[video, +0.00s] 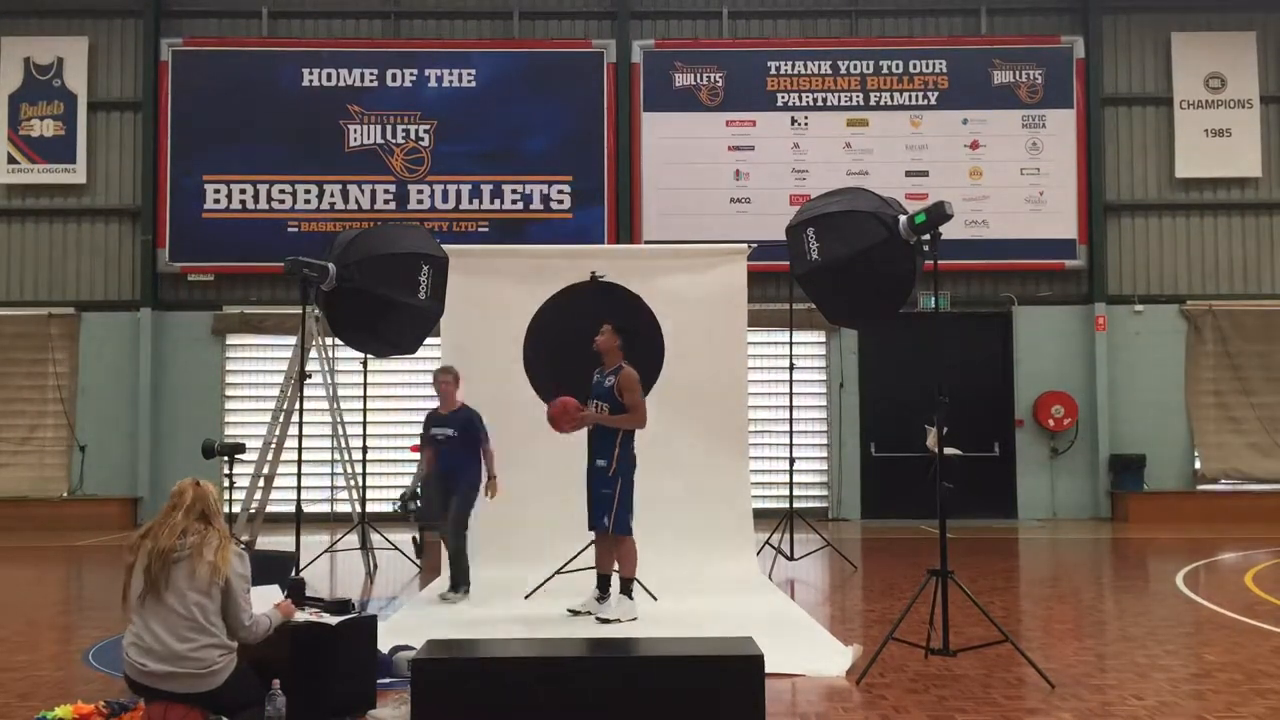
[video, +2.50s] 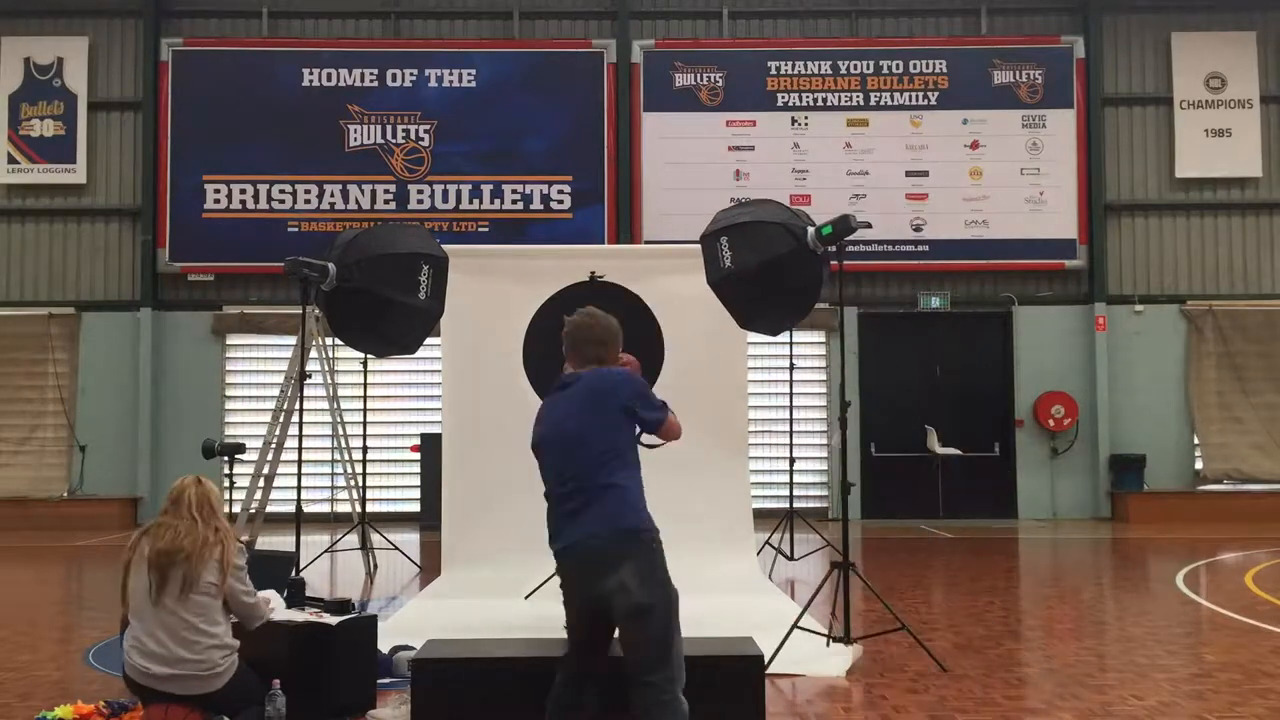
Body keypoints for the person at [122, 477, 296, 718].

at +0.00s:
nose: (222, 513)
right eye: (219, 507)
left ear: (172, 508)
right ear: (214, 511)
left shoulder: (147, 545)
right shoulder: (229, 554)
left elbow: (135, 609)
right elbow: (246, 631)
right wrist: (279, 614)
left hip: (141, 677)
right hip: (205, 682)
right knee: (253, 703)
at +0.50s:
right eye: (217, 504)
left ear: (173, 508)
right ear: (215, 509)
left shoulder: (142, 542)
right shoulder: (226, 549)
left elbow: (132, 605)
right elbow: (254, 621)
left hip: (140, 678)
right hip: (205, 681)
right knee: (254, 702)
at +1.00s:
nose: (224, 513)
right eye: (222, 507)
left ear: (175, 504)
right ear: (216, 510)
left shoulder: (142, 540)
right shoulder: (223, 548)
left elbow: (133, 603)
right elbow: (251, 618)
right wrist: (263, 612)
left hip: (139, 678)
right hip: (203, 681)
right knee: (254, 700)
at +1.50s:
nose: (223, 517)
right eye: (221, 511)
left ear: (173, 508)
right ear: (214, 512)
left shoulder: (142, 540)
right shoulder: (224, 546)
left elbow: (132, 604)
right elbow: (253, 618)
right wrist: (261, 613)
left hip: (140, 679)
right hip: (204, 681)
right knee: (255, 702)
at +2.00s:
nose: (222, 513)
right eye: (219, 506)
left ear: (171, 505)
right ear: (212, 508)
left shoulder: (144, 542)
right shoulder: (222, 547)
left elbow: (134, 606)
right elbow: (252, 616)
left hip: (141, 678)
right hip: (205, 680)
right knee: (255, 703)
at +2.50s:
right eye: (219, 506)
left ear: (170, 504)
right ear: (213, 509)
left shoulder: (142, 540)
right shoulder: (225, 545)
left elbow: (131, 609)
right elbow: (252, 616)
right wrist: (264, 602)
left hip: (142, 679)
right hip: (207, 681)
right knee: (255, 702)